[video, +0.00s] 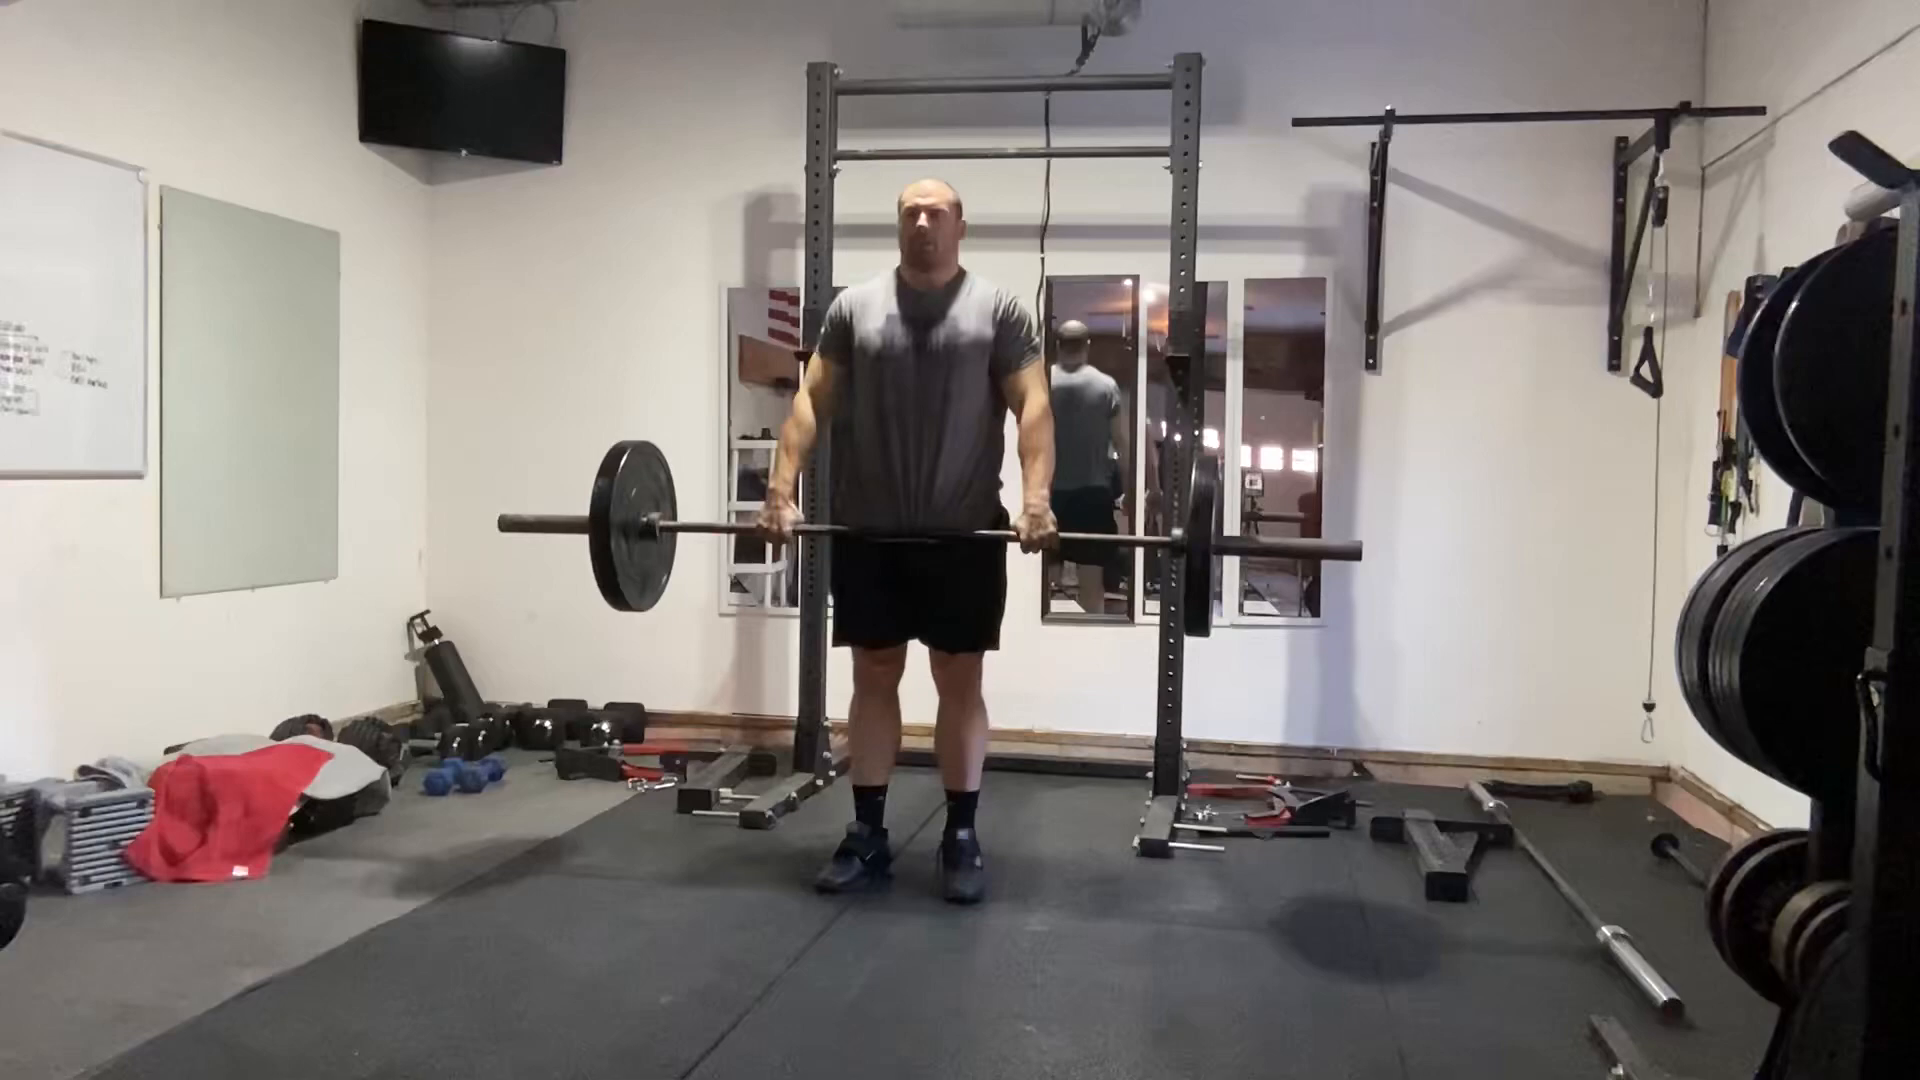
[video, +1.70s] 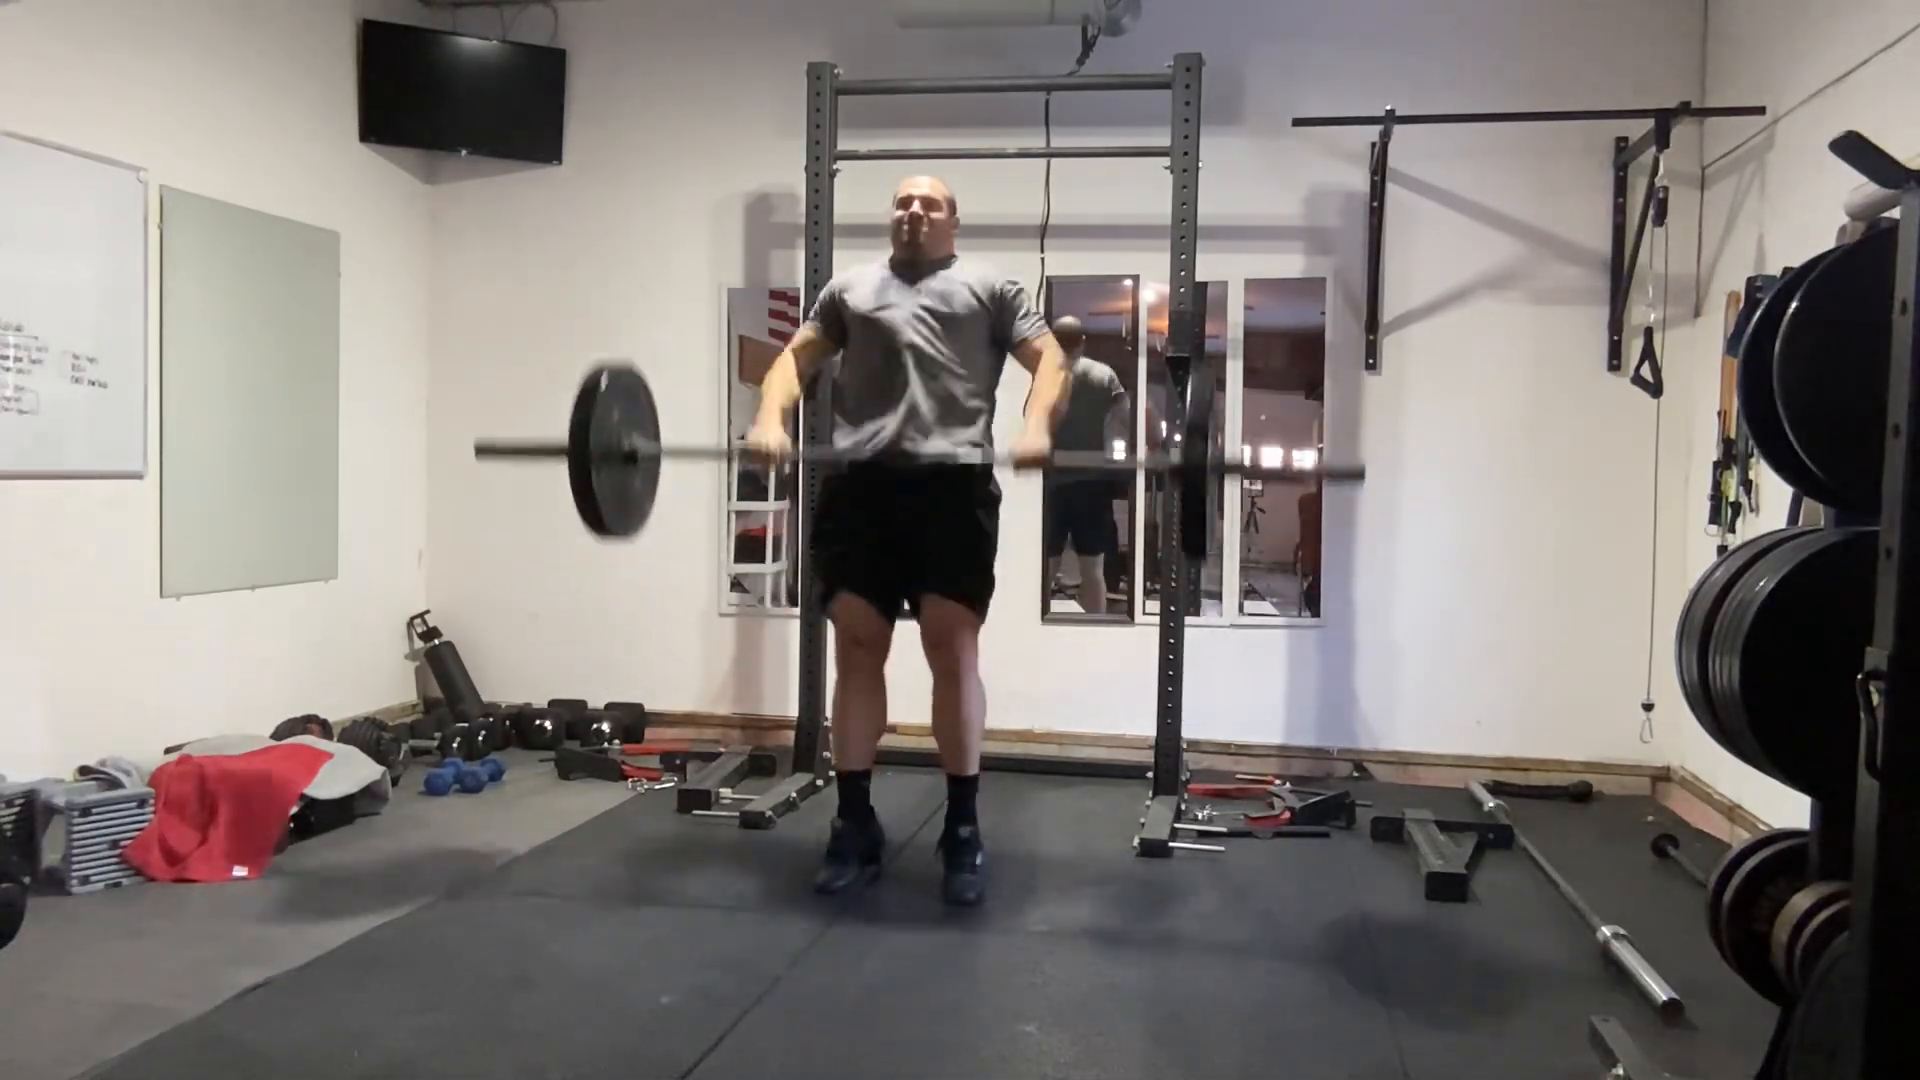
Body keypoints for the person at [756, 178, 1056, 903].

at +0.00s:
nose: (920, 219)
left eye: (934, 211)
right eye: (910, 211)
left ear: (961, 229)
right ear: (897, 229)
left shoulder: (996, 313)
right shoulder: (852, 308)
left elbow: (1032, 406)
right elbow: (808, 399)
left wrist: (1037, 498)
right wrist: (781, 486)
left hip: (961, 530)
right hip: (868, 527)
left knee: (959, 679)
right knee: (874, 675)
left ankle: (961, 837)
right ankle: (866, 836)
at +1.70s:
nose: (915, 211)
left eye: (930, 204)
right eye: (904, 203)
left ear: (954, 224)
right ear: (889, 221)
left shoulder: (989, 288)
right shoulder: (851, 289)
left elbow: (1051, 361)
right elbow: (791, 362)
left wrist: (1037, 425)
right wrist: (770, 418)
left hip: (954, 486)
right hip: (862, 483)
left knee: (950, 647)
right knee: (857, 648)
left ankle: (962, 827)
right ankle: (853, 822)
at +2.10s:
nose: (902, 224)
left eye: (918, 216)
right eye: (893, 216)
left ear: (949, 238)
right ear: (881, 238)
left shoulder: (970, 316)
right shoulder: (846, 313)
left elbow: (998, 368)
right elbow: (792, 344)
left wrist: (1019, 301)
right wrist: (784, 282)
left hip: (946, 527)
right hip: (854, 526)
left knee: (948, 683)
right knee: (861, 683)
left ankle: (960, 840)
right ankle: (867, 836)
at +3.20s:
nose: (920, 204)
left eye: (936, 201)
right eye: (910, 199)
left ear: (960, 229)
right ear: (893, 222)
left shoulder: (971, 285)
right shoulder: (852, 284)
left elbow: (1033, 283)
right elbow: (766, 283)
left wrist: (1037, 193)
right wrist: (769, 199)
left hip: (948, 498)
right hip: (857, 497)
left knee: (953, 671)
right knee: (863, 670)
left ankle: (964, 836)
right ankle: (863, 833)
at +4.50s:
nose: (908, 219)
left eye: (926, 214)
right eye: (900, 213)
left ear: (954, 244)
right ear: (885, 241)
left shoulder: (972, 317)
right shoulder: (848, 320)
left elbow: (1017, 378)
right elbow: (774, 389)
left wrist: (1034, 291)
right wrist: (769, 301)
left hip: (948, 527)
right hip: (856, 524)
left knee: (950, 688)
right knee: (846, 684)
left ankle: (959, 841)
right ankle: (867, 840)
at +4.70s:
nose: (864, 459)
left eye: (877, 447)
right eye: (853, 445)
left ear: (905, 429)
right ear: (837, 432)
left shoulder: (958, 467)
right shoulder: (810, 470)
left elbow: (1013, 574)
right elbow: (779, 573)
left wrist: (1023, 689)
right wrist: (762, 675)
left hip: (956, 554)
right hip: (862, 555)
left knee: (965, 682)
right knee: (839, 672)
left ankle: (946, 828)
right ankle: (856, 829)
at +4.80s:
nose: (871, 387)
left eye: (884, 372)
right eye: (859, 372)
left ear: (914, 363)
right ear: (843, 367)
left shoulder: (962, 420)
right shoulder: (819, 420)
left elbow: (1019, 522)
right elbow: (782, 515)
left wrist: (1025, 634)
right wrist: (765, 619)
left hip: (962, 542)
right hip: (869, 539)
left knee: (963, 674)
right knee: (853, 669)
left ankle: (946, 826)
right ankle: (856, 827)